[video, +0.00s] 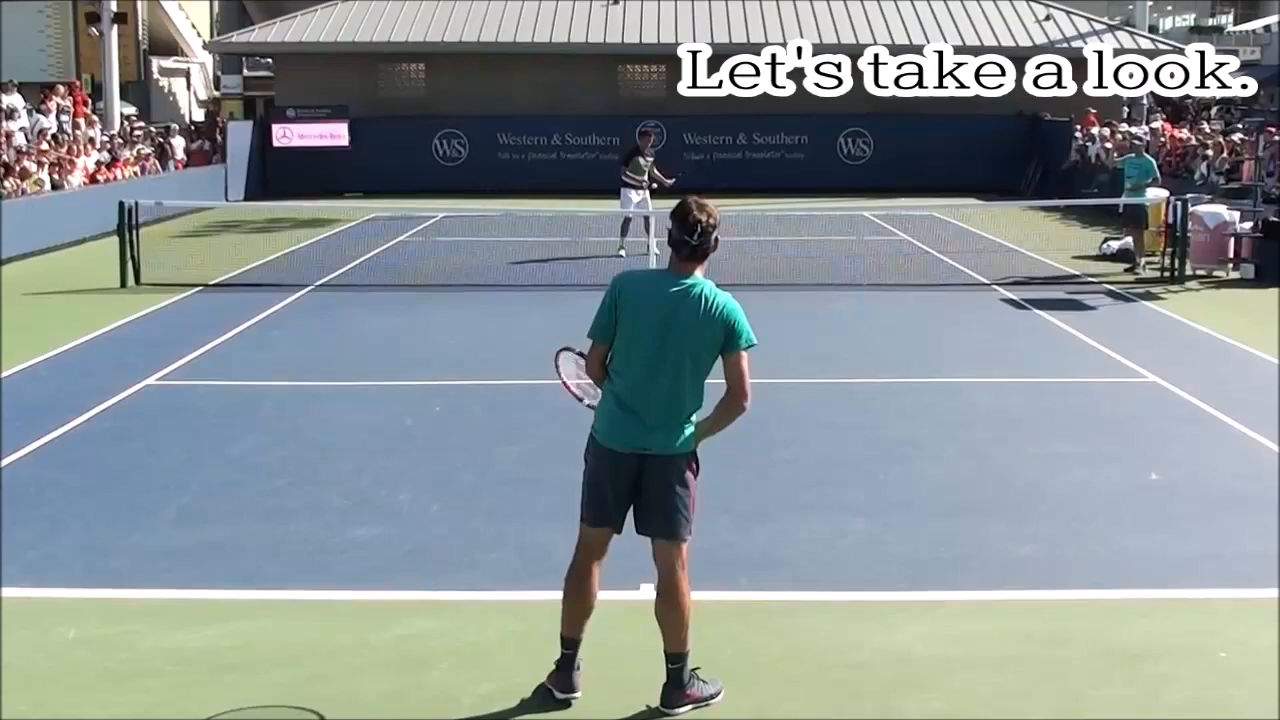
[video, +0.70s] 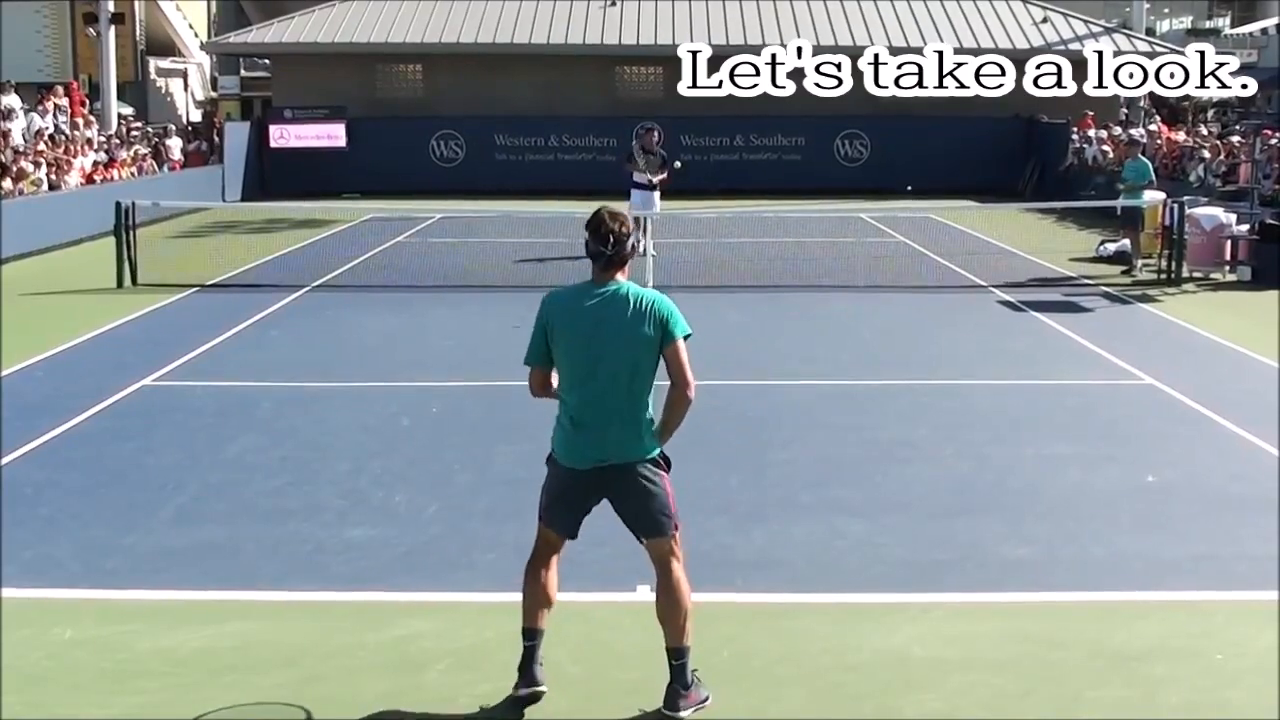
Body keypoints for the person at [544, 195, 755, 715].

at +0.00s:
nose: (697, 247)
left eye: (680, 236)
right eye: (710, 241)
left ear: (669, 239)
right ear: (713, 247)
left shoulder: (626, 285)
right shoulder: (723, 308)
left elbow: (595, 366)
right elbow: (738, 397)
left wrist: (628, 393)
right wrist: (694, 432)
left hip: (610, 445)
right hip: (671, 453)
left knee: (588, 553)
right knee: (672, 566)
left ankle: (566, 671)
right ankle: (677, 682)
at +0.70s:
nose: (621, 253)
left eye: (601, 244)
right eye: (629, 245)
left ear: (588, 251)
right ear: (633, 252)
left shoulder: (556, 304)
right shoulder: (656, 306)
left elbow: (540, 386)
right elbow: (684, 387)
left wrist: (582, 387)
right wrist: (657, 439)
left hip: (573, 459)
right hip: (636, 458)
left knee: (545, 553)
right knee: (669, 560)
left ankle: (530, 666)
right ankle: (681, 683)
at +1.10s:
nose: (586, 247)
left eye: (582, 240)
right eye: (586, 240)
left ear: (541, 241)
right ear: (580, 246)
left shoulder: (526, 286)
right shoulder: (555, 298)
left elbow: (593, 311)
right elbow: (569, 381)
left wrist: (646, 299)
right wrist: (639, 386)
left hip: (501, 446)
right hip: (541, 448)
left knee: (527, 551)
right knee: (580, 553)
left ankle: (500, 675)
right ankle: (593, 677)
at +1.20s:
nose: (584, 240)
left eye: (582, 233)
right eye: (583, 233)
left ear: (538, 233)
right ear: (577, 238)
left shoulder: (534, 273)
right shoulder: (541, 284)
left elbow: (605, 284)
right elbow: (535, 367)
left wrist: (663, 271)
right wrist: (614, 369)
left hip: (491, 432)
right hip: (530, 437)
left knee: (506, 545)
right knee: (553, 554)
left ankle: (484, 670)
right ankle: (534, 680)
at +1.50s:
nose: (559, 261)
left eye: (556, 254)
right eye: (558, 253)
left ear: (515, 250)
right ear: (549, 258)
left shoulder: (524, 292)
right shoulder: (494, 304)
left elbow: (587, 301)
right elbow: (471, 380)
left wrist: (658, 310)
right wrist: (517, 433)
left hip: (448, 443)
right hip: (481, 449)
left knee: (448, 548)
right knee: (520, 558)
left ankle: (393, 661)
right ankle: (519, 687)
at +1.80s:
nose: (501, 257)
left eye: (500, 249)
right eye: (500, 250)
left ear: (450, 243)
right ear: (486, 252)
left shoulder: (398, 279)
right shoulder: (488, 305)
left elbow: (396, 307)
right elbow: (540, 359)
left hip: (401, 440)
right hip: (457, 445)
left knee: (393, 551)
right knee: (490, 558)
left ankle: (380, 673)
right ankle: (515, 680)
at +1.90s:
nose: (483, 251)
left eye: (482, 244)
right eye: (481, 245)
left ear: (431, 240)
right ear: (469, 249)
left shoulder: (381, 283)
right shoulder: (476, 294)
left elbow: (359, 327)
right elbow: (512, 326)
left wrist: (407, 295)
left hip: (396, 444)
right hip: (456, 444)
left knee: (387, 552)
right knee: (491, 554)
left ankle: (379, 675)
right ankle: (518, 675)